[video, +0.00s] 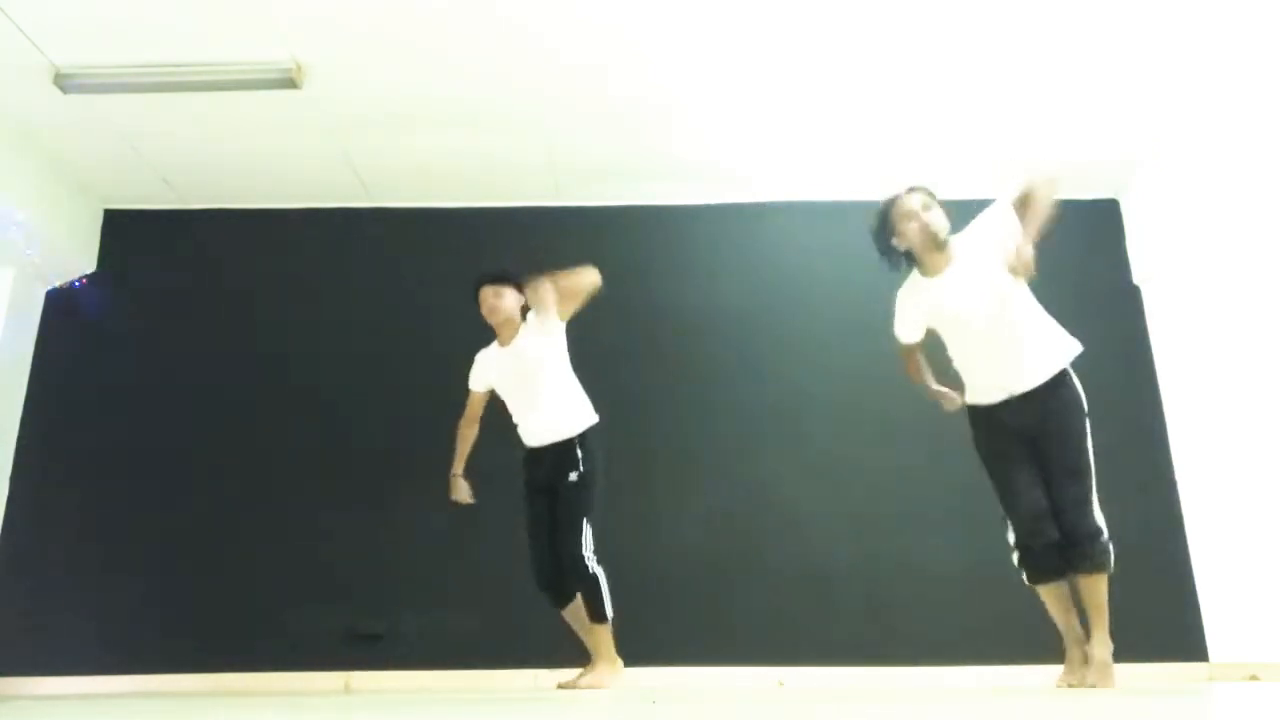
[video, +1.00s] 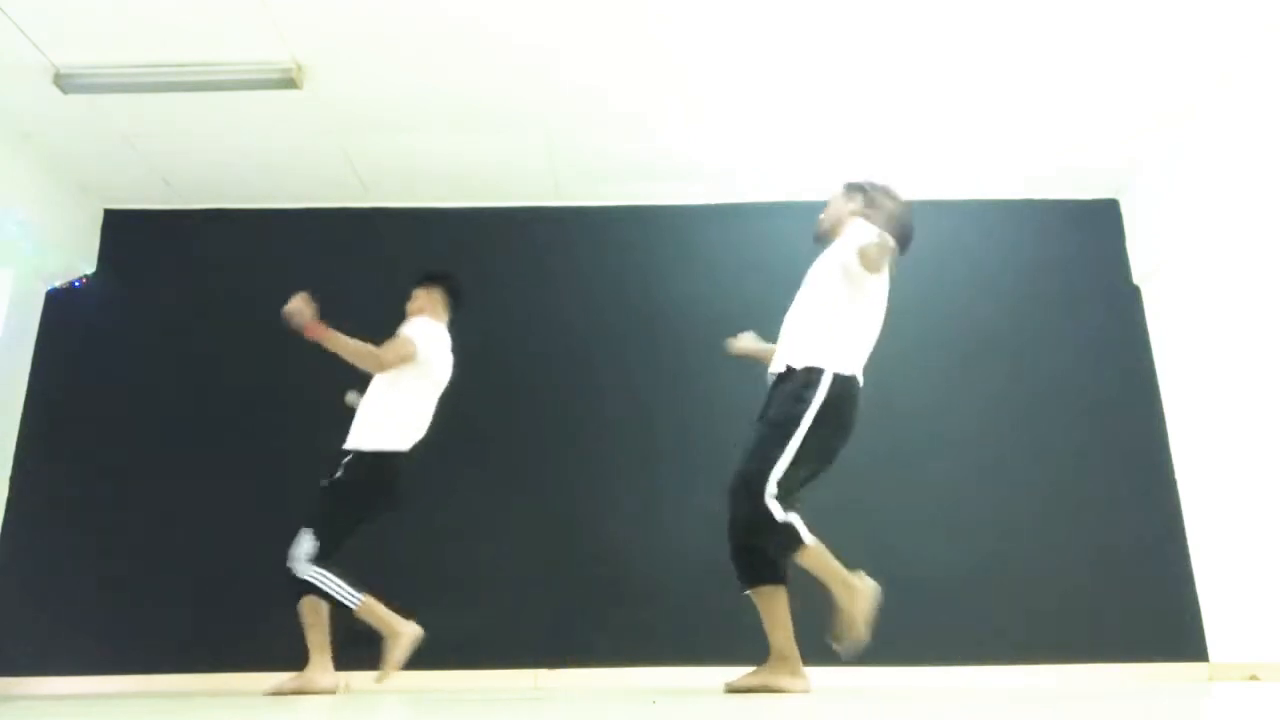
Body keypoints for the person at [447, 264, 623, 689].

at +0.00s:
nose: (490, 305)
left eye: (497, 297)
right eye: (484, 301)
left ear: (519, 298)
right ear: (481, 312)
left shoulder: (546, 321)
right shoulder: (486, 362)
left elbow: (591, 279)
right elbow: (471, 418)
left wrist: (548, 283)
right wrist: (457, 472)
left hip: (576, 446)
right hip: (537, 457)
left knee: (576, 552)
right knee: (547, 567)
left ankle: (608, 659)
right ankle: (600, 657)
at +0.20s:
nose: (476, 337)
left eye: (485, 328)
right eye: (474, 330)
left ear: (509, 332)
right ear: (474, 338)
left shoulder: (537, 370)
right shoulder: (485, 393)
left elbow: (578, 419)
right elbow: (497, 448)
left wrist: (531, 472)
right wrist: (500, 474)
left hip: (568, 481)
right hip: (531, 488)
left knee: (551, 576)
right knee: (470, 550)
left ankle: (607, 669)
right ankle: (519, 644)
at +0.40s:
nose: (467, 318)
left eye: (476, 310)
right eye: (467, 311)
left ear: (500, 316)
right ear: (475, 319)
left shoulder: (503, 357)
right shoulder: (470, 367)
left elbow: (445, 399)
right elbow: (424, 415)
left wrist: (381, 394)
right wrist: (372, 392)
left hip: (500, 486)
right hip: (469, 486)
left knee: (517, 585)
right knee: (394, 562)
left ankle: (600, 656)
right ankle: (341, 666)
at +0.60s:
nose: (451, 328)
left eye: (461, 322)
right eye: (452, 322)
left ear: (482, 329)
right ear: (453, 329)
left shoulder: (477, 366)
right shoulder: (450, 369)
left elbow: (439, 384)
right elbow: (418, 427)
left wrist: (417, 346)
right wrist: (379, 420)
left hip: (400, 475)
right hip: (377, 472)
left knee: (344, 562)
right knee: (307, 558)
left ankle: (427, 605)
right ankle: (321, 669)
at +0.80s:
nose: (424, 336)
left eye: (434, 330)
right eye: (427, 330)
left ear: (456, 338)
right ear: (445, 339)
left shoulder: (451, 379)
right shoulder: (432, 375)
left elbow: (415, 399)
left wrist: (402, 363)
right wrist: (406, 360)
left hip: (350, 480)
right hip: (344, 478)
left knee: (252, 533)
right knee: (271, 570)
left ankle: (324, 600)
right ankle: (317, 670)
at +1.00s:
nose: (410, 303)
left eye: (419, 298)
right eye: (412, 298)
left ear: (437, 305)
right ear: (437, 310)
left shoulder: (425, 330)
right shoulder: (438, 348)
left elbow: (381, 361)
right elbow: (411, 404)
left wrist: (313, 326)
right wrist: (368, 403)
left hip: (371, 462)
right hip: (371, 462)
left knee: (305, 559)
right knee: (306, 560)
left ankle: (398, 630)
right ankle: (319, 669)